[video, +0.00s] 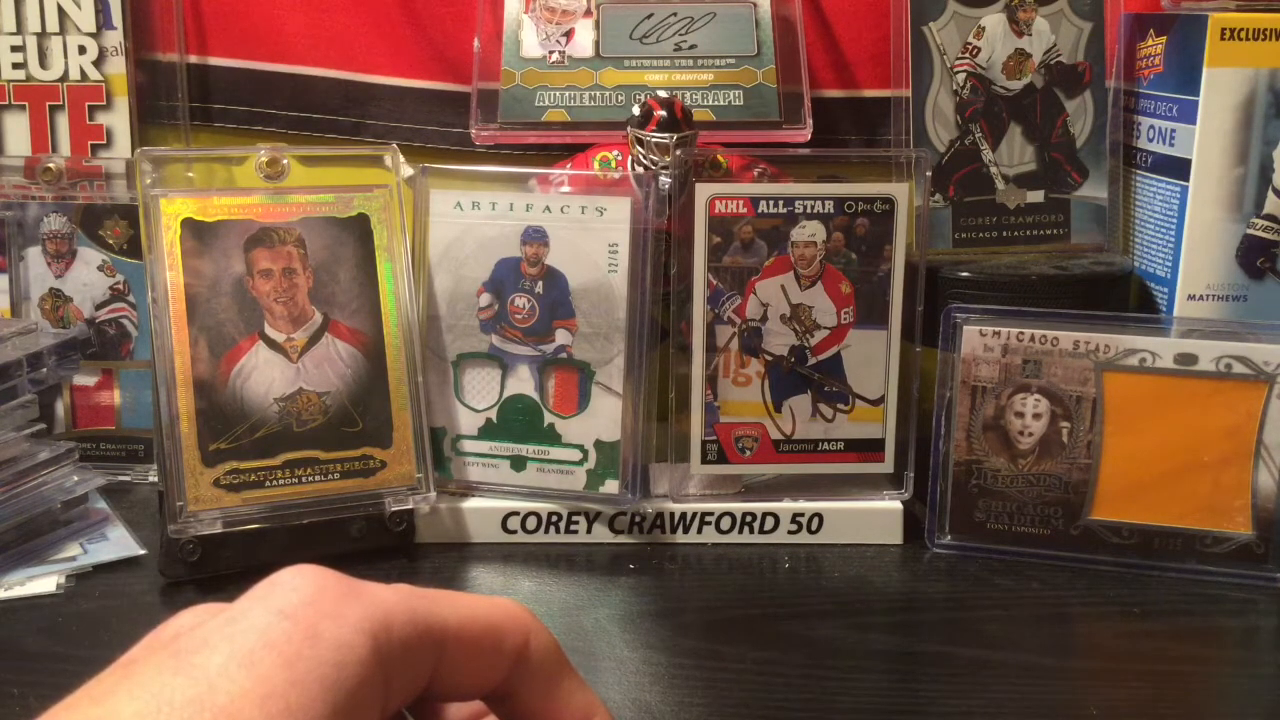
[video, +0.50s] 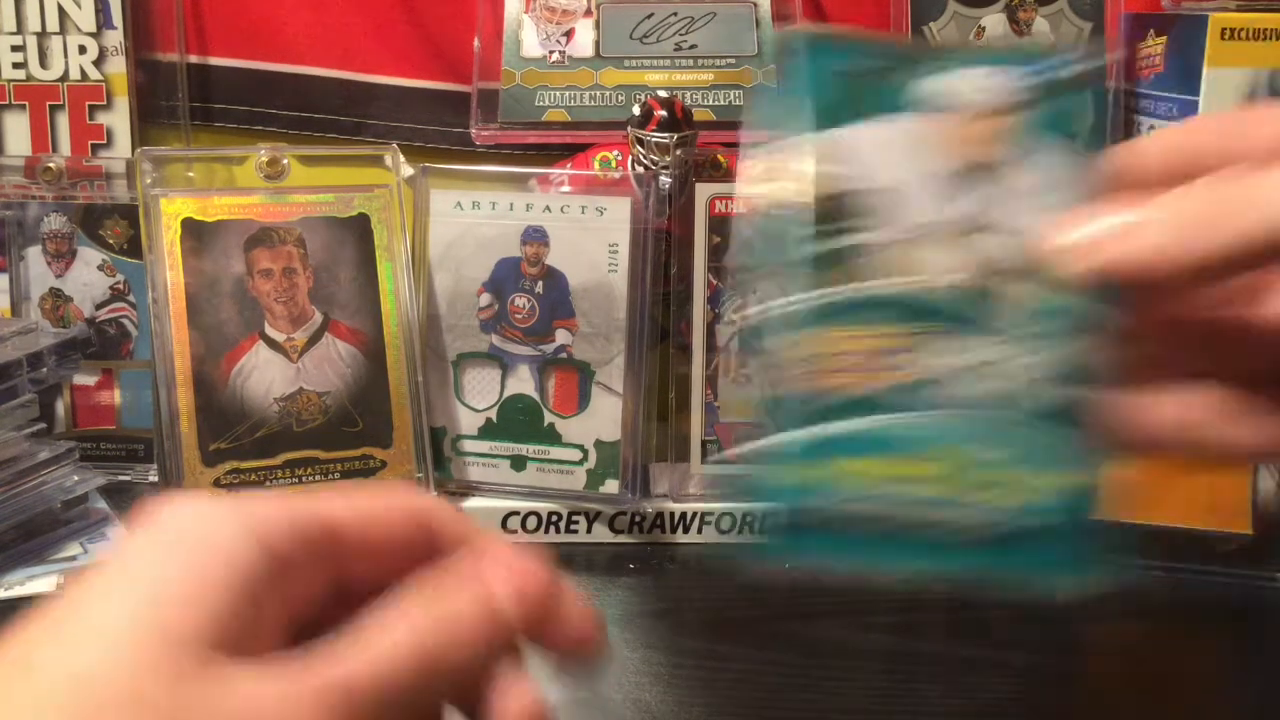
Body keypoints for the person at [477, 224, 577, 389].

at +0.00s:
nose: (534, 251)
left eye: (539, 247)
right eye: (530, 246)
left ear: (546, 250)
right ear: (522, 248)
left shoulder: (557, 280)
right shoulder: (504, 267)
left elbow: (565, 320)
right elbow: (487, 291)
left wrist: (561, 349)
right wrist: (486, 314)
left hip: (542, 353)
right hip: (503, 349)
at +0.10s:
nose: (534, 251)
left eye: (539, 247)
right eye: (530, 246)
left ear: (546, 250)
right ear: (522, 248)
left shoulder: (557, 280)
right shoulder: (504, 268)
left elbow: (565, 320)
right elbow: (487, 291)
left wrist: (562, 350)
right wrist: (486, 314)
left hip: (542, 352)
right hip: (503, 349)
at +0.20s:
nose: (535, 251)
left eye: (540, 247)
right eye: (530, 246)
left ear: (547, 250)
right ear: (522, 248)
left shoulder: (557, 280)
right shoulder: (504, 267)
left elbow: (565, 321)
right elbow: (487, 291)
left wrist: (562, 351)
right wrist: (487, 314)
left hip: (542, 353)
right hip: (503, 349)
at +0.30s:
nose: (535, 251)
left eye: (540, 247)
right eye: (530, 246)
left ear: (547, 250)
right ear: (522, 248)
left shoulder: (557, 280)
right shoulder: (504, 268)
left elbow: (565, 321)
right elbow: (487, 291)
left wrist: (562, 351)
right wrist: (487, 314)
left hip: (542, 353)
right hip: (503, 349)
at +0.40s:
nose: (534, 251)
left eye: (540, 247)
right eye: (530, 246)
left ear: (547, 250)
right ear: (522, 248)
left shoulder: (557, 280)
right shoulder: (504, 267)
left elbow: (564, 321)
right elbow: (487, 291)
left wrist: (562, 350)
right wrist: (486, 314)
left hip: (542, 353)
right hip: (503, 349)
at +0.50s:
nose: (535, 251)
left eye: (540, 246)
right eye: (530, 246)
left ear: (547, 250)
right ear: (522, 248)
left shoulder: (557, 280)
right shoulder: (505, 267)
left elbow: (565, 320)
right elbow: (487, 291)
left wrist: (562, 351)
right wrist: (487, 315)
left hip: (542, 352)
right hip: (503, 348)